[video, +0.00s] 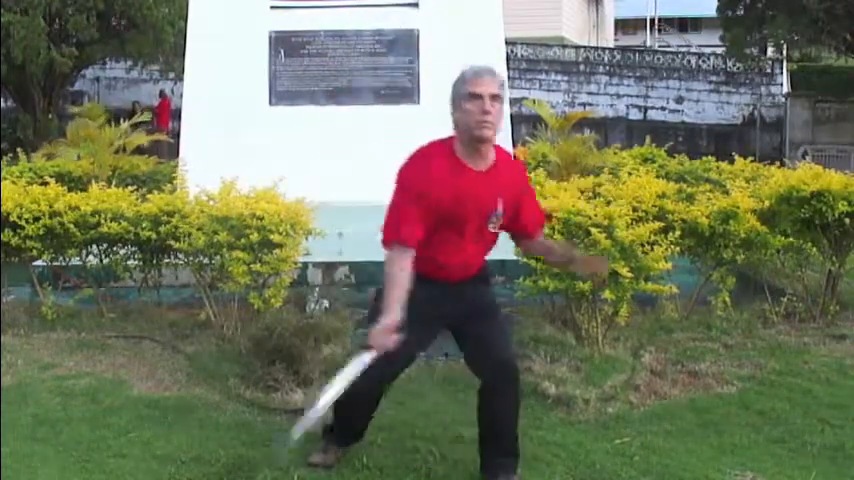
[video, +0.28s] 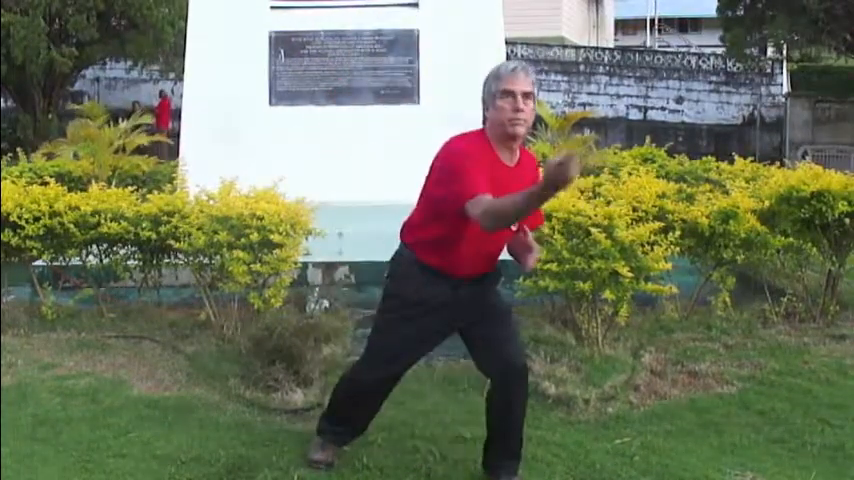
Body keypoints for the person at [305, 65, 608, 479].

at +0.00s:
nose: (487, 108)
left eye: (495, 99)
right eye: (474, 99)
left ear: (502, 110)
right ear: (455, 109)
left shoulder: (511, 171)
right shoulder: (424, 166)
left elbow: (530, 239)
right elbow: (400, 249)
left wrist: (575, 260)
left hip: (472, 289)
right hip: (419, 287)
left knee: (501, 370)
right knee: (378, 364)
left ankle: (500, 471)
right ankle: (337, 440)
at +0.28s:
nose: (518, 106)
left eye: (527, 98)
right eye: (507, 97)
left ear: (535, 108)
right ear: (487, 107)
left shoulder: (530, 166)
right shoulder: (461, 151)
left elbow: (518, 230)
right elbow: (486, 214)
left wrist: (526, 252)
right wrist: (543, 190)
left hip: (478, 287)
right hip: (421, 281)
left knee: (512, 369)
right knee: (379, 367)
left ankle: (503, 469)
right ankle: (330, 437)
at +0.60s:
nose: (464, 113)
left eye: (473, 105)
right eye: (453, 104)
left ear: (482, 114)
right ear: (435, 111)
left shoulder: (495, 172)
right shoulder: (412, 150)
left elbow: (507, 246)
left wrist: (473, 196)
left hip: (450, 293)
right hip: (387, 287)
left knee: (492, 376)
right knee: (333, 379)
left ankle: (501, 471)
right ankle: (321, 458)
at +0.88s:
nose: (373, 141)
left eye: (383, 130)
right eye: (364, 132)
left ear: (400, 132)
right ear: (354, 135)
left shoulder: (422, 198)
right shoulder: (347, 161)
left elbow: (443, 286)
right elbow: (278, 164)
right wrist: (310, 133)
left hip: (402, 310)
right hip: (351, 301)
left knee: (423, 414)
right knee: (295, 372)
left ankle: (526, 462)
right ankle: (316, 460)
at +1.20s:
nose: (337, 170)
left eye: (346, 159)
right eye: (329, 160)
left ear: (369, 156)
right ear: (321, 157)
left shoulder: (401, 211)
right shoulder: (309, 191)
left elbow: (384, 297)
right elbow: (281, 242)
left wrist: (324, 255)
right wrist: (265, 267)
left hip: (390, 320)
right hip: (332, 315)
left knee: (411, 403)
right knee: (289, 382)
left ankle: (502, 457)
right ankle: (317, 462)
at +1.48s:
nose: (339, 215)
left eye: (348, 205)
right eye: (331, 206)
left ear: (370, 189)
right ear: (322, 195)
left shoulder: (404, 229)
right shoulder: (310, 219)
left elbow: (404, 309)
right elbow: (293, 289)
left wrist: (352, 340)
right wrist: (294, 306)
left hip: (389, 331)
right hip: (328, 332)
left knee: (422, 401)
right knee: (305, 397)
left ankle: (429, 460)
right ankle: (319, 457)